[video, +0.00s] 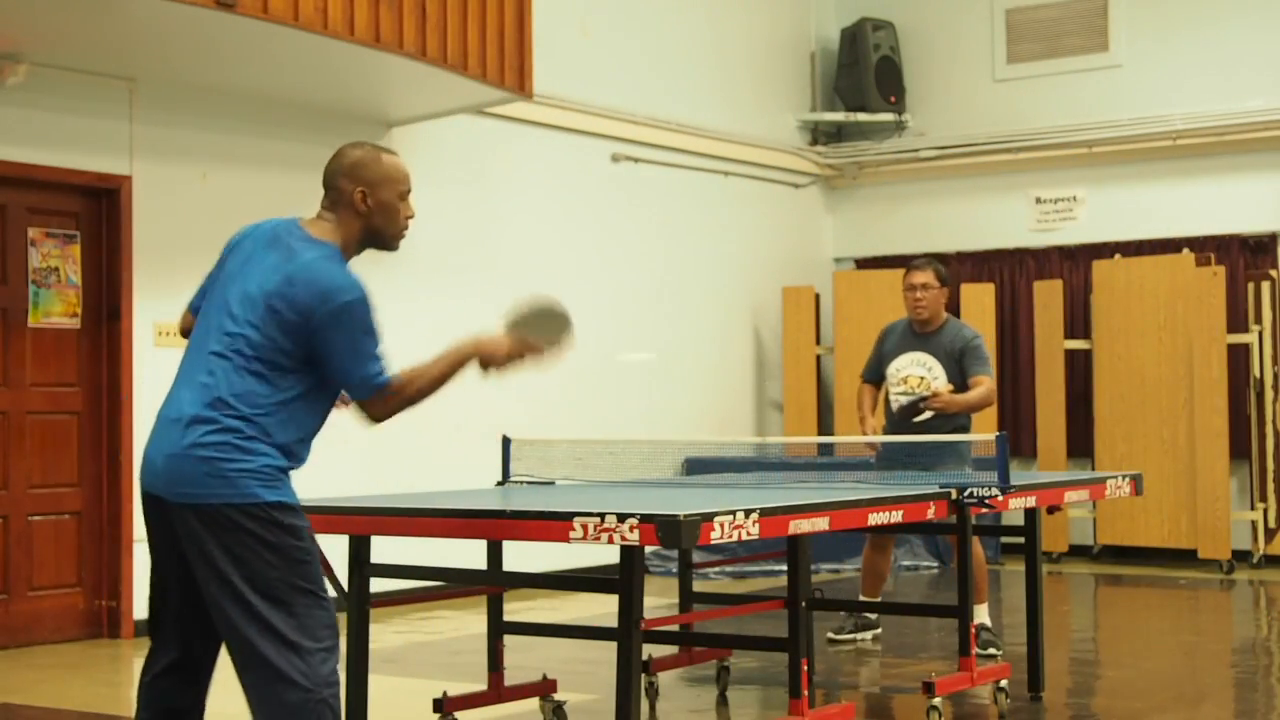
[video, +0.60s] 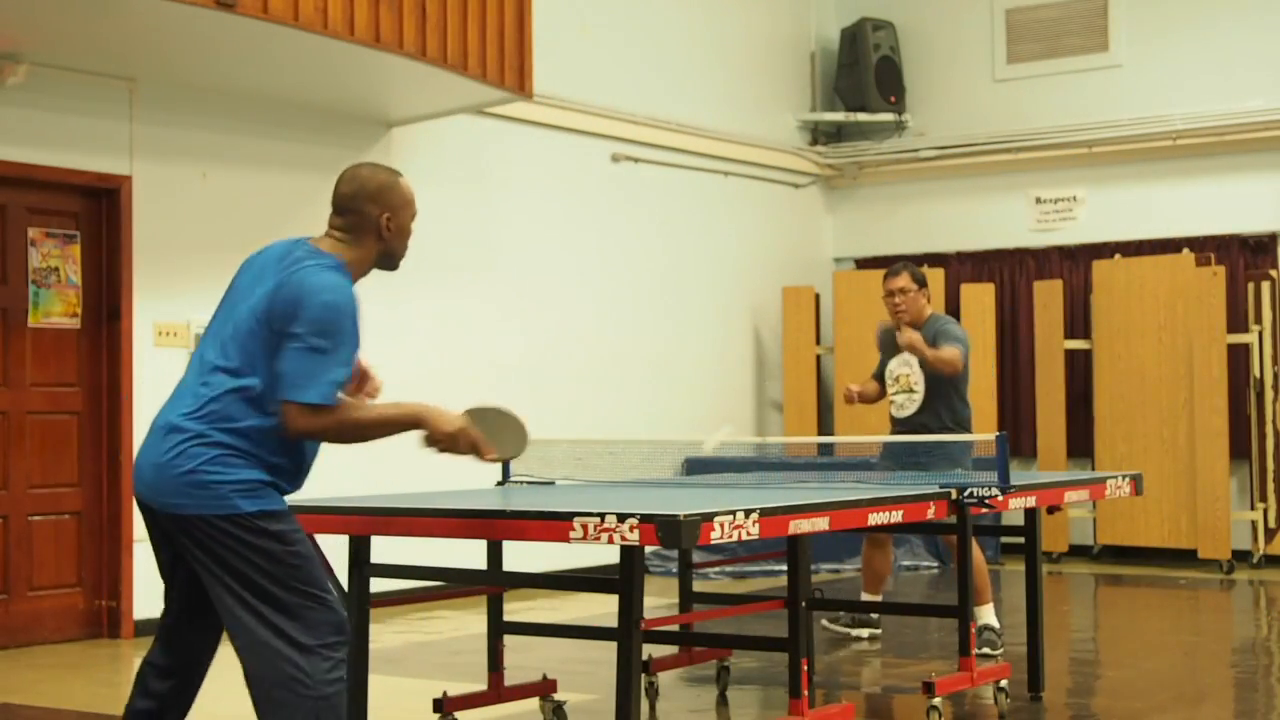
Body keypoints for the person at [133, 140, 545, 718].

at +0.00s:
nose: (412, 211)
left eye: (410, 197)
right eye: (401, 197)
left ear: (351, 199)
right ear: (360, 199)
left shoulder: (255, 238)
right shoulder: (334, 287)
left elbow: (193, 321)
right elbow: (380, 402)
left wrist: (306, 367)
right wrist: (471, 350)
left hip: (168, 471)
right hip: (237, 481)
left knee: (180, 647)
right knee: (303, 650)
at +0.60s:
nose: (411, 234)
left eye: (412, 222)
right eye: (409, 221)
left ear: (340, 216)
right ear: (383, 224)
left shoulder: (272, 259)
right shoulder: (325, 288)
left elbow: (247, 368)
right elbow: (305, 415)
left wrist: (334, 383)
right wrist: (422, 416)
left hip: (163, 472)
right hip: (219, 483)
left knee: (192, 621)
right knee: (318, 630)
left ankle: (147, 714)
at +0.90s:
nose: (397, 220)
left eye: (395, 207)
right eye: (388, 207)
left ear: (340, 209)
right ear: (348, 210)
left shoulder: (257, 247)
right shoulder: (309, 294)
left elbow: (251, 325)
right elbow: (367, 409)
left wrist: (325, 319)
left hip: (162, 475)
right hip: (216, 488)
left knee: (183, 641)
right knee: (289, 647)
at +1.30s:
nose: (399, 237)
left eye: (400, 226)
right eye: (398, 225)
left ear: (327, 223)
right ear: (377, 229)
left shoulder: (243, 268)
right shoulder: (362, 303)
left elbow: (198, 364)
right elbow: (386, 425)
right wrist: (452, 379)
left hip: (161, 484)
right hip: (246, 496)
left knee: (191, 618)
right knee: (345, 634)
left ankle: (154, 714)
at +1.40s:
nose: (402, 224)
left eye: (404, 212)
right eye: (401, 212)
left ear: (330, 209)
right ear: (380, 215)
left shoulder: (256, 255)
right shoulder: (342, 285)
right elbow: (342, 414)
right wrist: (440, 397)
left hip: (158, 467)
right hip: (224, 480)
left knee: (183, 614)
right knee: (314, 625)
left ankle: (146, 714)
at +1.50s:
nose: (399, 226)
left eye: (400, 214)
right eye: (396, 214)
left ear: (329, 212)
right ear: (370, 217)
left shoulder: (269, 260)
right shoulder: (309, 286)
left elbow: (253, 353)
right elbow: (280, 412)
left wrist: (338, 365)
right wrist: (395, 413)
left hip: (167, 477)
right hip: (216, 487)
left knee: (188, 627)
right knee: (307, 638)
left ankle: (142, 714)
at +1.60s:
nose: (387, 241)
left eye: (387, 227)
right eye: (380, 227)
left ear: (334, 227)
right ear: (342, 228)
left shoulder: (274, 278)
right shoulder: (275, 296)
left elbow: (265, 374)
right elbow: (223, 416)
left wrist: (346, 364)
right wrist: (316, 425)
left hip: (173, 493)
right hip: (211, 499)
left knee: (208, 636)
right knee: (305, 642)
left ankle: (154, 716)